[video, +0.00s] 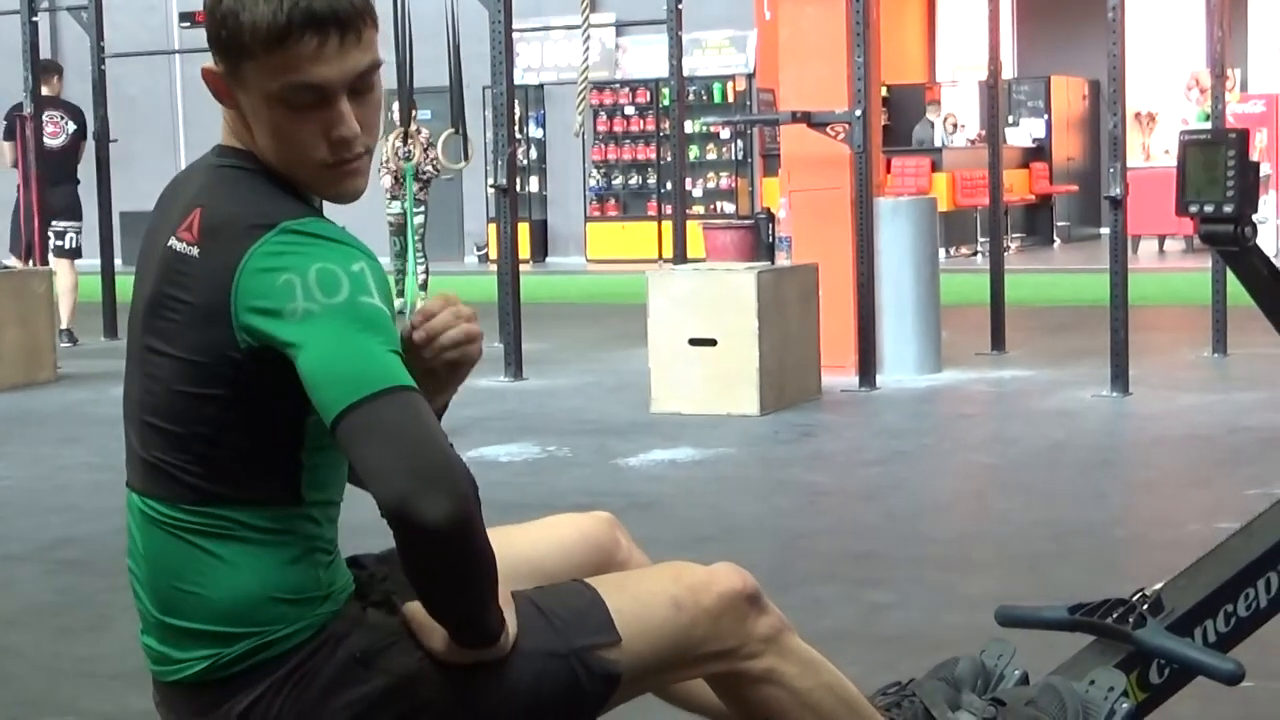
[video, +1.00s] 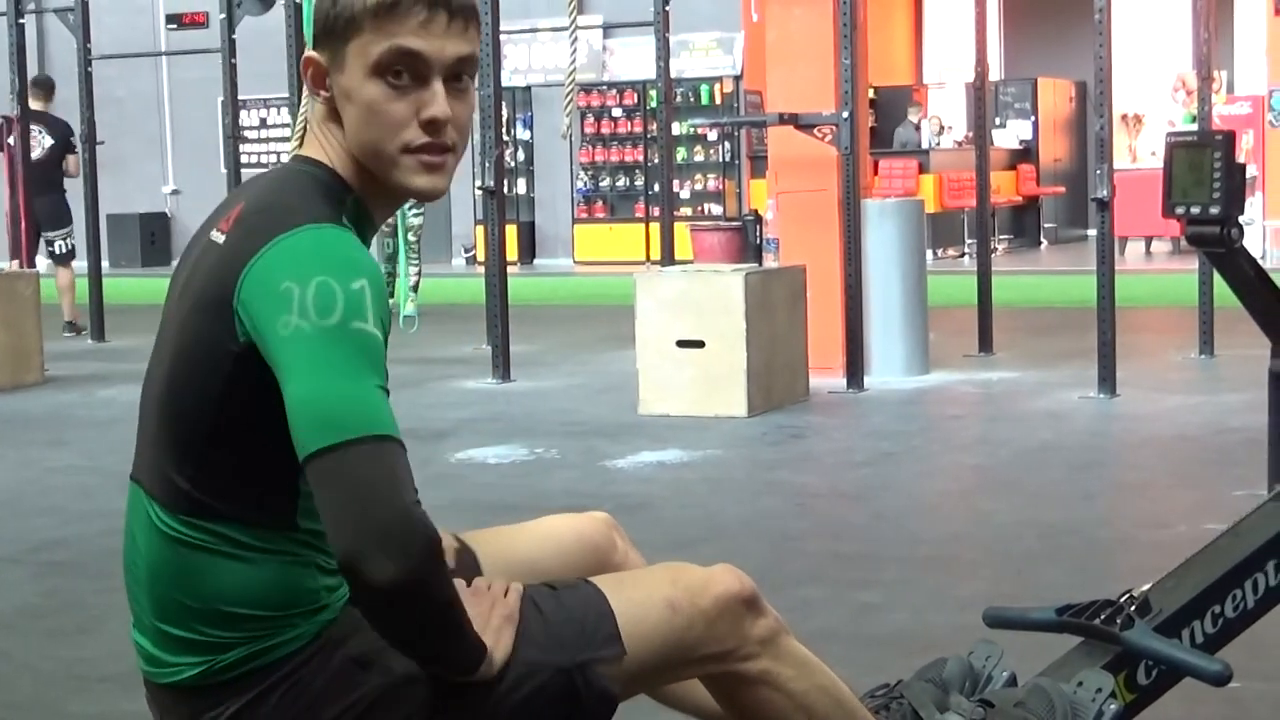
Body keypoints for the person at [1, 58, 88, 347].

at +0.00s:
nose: (61, 84)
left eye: (59, 79)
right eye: (61, 79)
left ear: (33, 80)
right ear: (56, 80)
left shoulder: (16, 112)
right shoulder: (75, 113)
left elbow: (9, 160)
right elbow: (78, 157)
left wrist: (33, 158)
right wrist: (54, 158)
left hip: (29, 196)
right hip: (64, 196)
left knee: (20, 262)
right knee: (65, 263)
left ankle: (21, 331)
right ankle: (66, 328)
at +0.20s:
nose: (54, 89)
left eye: (52, 85)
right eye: (53, 85)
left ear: (28, 86)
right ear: (47, 85)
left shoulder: (9, 117)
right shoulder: (66, 117)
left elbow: (5, 164)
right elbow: (75, 162)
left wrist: (25, 172)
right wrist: (50, 164)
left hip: (23, 197)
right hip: (57, 196)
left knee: (23, 263)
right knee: (60, 262)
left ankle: (24, 328)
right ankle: (61, 325)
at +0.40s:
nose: (43, 88)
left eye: (40, 82)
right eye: (42, 83)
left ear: (16, 85)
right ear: (38, 84)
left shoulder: (3, 114)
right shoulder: (52, 114)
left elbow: (4, 157)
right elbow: (66, 158)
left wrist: (19, 163)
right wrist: (43, 163)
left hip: (12, 197)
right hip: (46, 196)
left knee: (17, 261)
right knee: (57, 257)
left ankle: (19, 322)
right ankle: (56, 308)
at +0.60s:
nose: (38, 89)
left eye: (35, 84)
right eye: (37, 84)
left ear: (11, 86)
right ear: (34, 86)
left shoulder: (1, 113)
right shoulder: (44, 116)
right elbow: (61, 160)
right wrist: (50, 175)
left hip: (6, 195)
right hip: (39, 194)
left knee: (13, 261)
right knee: (62, 253)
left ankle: (16, 322)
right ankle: (52, 309)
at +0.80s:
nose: (42, 94)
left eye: (41, 89)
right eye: (42, 90)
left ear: (16, 88)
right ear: (37, 90)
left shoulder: (2, 116)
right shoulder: (46, 119)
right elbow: (64, 164)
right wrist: (58, 172)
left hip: (8, 201)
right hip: (41, 198)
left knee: (15, 265)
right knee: (58, 259)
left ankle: (15, 327)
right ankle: (68, 320)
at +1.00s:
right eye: (51, 95)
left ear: (27, 93)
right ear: (52, 96)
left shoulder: (11, 123)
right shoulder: (61, 128)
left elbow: (6, 162)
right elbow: (73, 170)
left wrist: (22, 160)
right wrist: (52, 163)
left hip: (18, 203)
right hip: (51, 203)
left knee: (19, 265)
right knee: (63, 263)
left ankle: (14, 324)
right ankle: (70, 322)